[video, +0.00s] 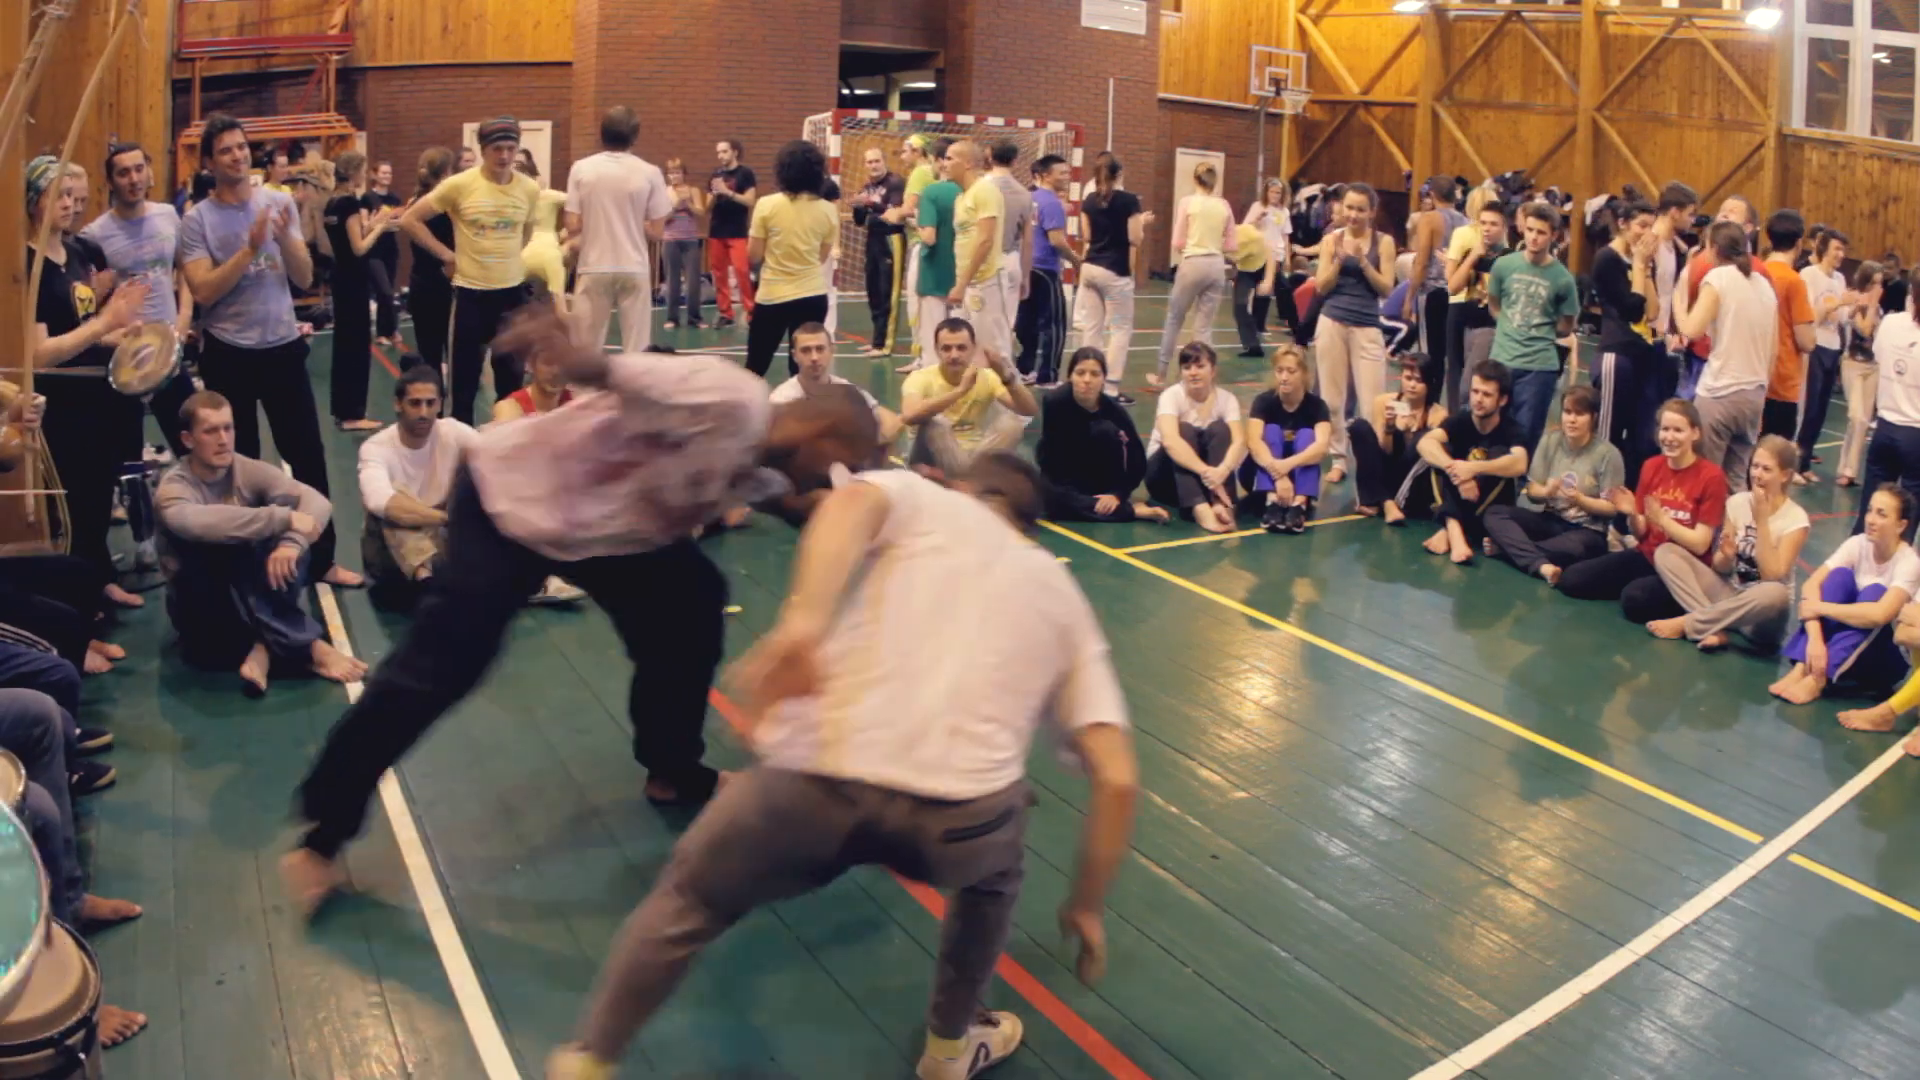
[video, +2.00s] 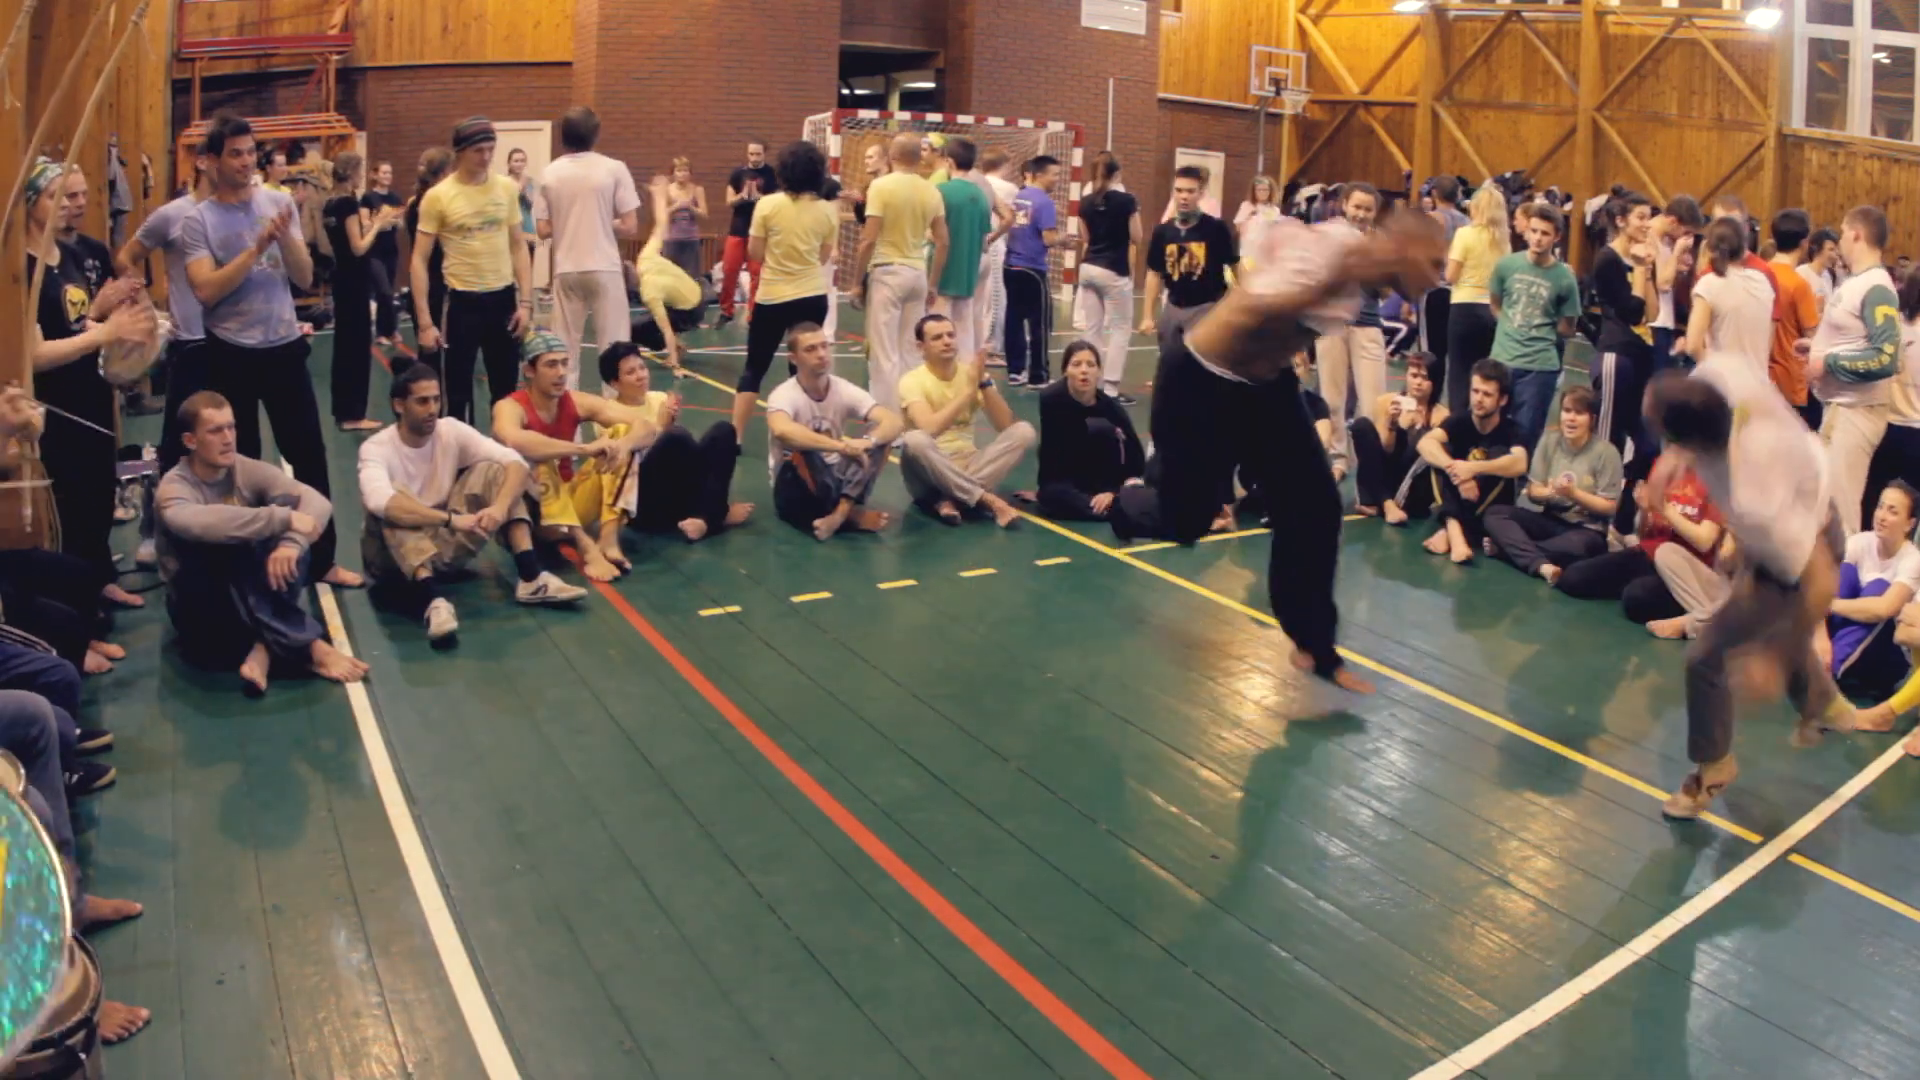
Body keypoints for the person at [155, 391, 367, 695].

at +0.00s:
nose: (223, 440)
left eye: (227, 429)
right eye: (211, 432)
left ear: (235, 430)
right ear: (187, 439)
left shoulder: (245, 469)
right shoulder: (174, 487)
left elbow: (316, 501)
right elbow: (192, 523)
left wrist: (292, 544)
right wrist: (285, 517)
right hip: (208, 615)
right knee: (215, 548)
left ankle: (264, 647)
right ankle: (312, 646)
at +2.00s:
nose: (229, 438)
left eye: (231, 428)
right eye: (216, 431)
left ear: (237, 429)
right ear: (190, 441)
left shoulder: (245, 469)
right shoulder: (174, 487)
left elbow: (317, 502)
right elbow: (191, 523)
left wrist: (291, 544)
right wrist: (284, 518)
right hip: (209, 619)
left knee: (295, 532)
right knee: (213, 546)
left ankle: (265, 646)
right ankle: (310, 645)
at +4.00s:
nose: (228, 439)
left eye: (230, 429)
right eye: (215, 432)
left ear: (236, 429)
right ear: (189, 440)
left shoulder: (244, 469)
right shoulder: (174, 487)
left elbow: (317, 501)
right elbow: (192, 523)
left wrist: (292, 544)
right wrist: (283, 517)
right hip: (208, 612)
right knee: (213, 546)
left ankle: (264, 646)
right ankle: (310, 645)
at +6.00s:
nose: (229, 439)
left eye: (231, 429)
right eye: (216, 432)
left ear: (237, 429)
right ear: (190, 440)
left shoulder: (249, 470)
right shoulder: (175, 486)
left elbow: (317, 502)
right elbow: (192, 523)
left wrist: (292, 543)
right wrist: (284, 517)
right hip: (205, 601)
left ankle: (262, 645)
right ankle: (311, 645)